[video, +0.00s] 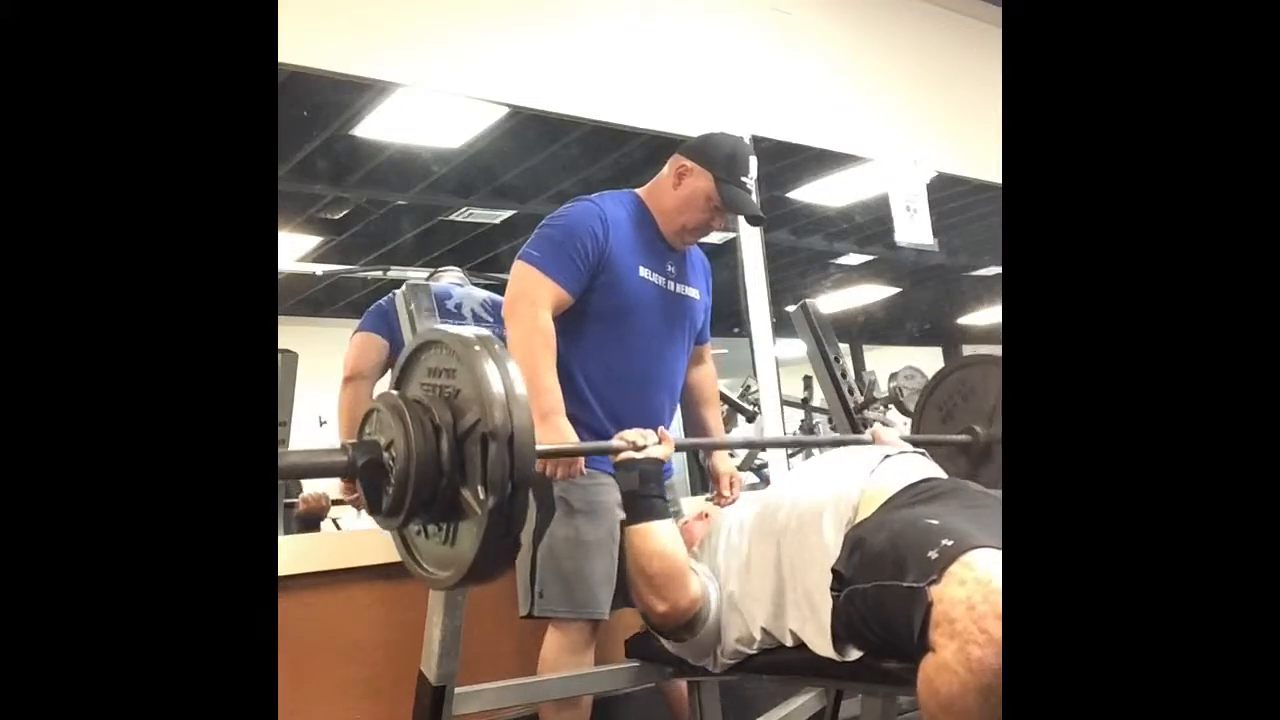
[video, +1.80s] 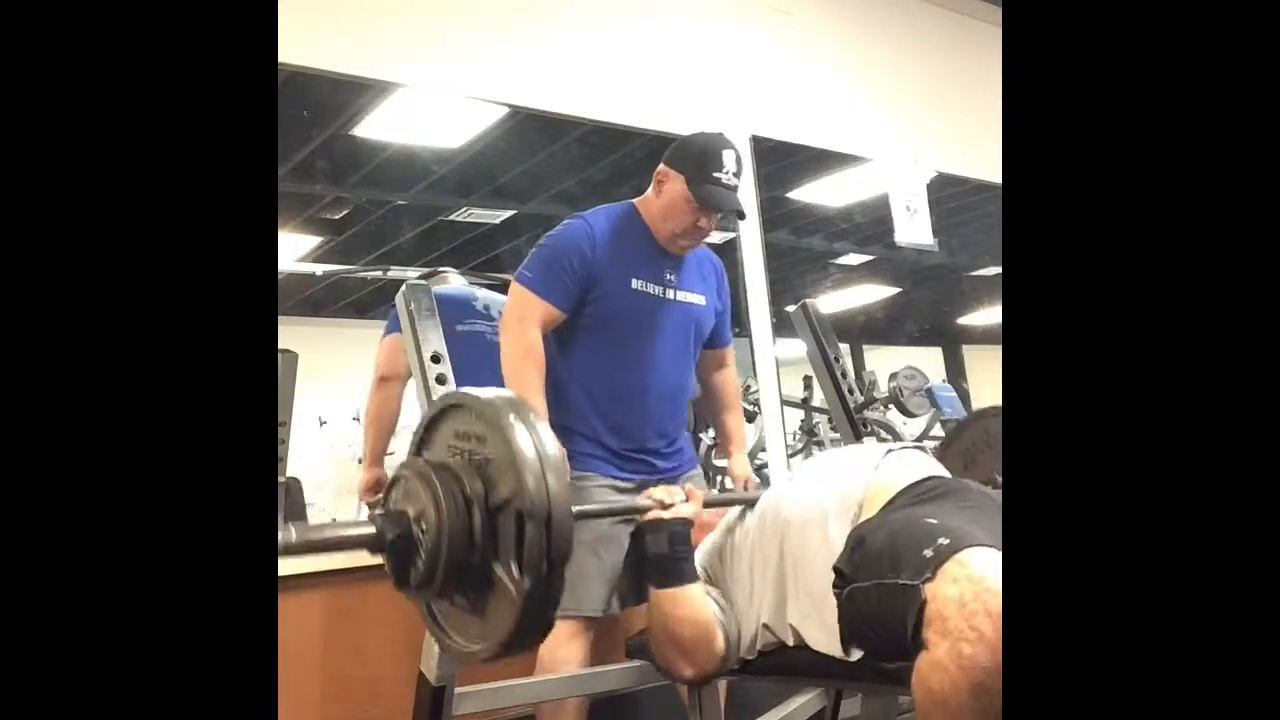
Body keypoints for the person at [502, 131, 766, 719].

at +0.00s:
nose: (721, 223)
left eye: (729, 214)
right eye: (718, 206)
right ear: (680, 173)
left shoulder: (696, 266)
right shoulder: (593, 222)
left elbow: (698, 362)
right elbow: (525, 306)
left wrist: (716, 451)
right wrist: (550, 419)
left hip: (651, 468)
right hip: (579, 461)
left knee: (640, 620)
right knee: (575, 626)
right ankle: (564, 717)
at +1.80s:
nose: (708, 224)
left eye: (720, 213)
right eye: (700, 205)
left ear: (730, 212)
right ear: (663, 182)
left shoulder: (710, 271)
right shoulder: (587, 239)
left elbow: (718, 367)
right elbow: (520, 325)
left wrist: (735, 452)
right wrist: (536, 436)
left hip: (674, 471)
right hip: (590, 468)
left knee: (685, 629)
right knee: (574, 630)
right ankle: (555, 719)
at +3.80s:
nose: (701, 230)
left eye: (710, 220)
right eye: (692, 213)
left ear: (717, 216)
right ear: (654, 187)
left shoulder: (706, 270)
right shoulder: (578, 245)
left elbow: (718, 365)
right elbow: (518, 338)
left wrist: (739, 451)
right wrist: (537, 449)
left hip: (661, 468)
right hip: (579, 467)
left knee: (674, 609)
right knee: (570, 618)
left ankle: (684, 711)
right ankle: (560, 716)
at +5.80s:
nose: (703, 232)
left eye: (712, 222)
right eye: (695, 215)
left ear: (721, 217)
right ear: (657, 189)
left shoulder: (706, 270)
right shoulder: (579, 247)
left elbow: (718, 365)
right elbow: (521, 340)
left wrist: (738, 451)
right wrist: (540, 449)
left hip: (659, 467)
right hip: (576, 465)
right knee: (569, 619)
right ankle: (560, 715)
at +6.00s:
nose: (704, 232)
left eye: (713, 222)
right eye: (696, 215)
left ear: (721, 217)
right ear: (657, 188)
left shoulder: (707, 271)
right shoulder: (579, 247)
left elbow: (718, 366)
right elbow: (520, 340)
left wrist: (739, 451)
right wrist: (540, 448)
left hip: (662, 469)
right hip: (578, 466)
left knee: (674, 617)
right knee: (569, 620)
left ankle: (690, 711)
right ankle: (561, 715)